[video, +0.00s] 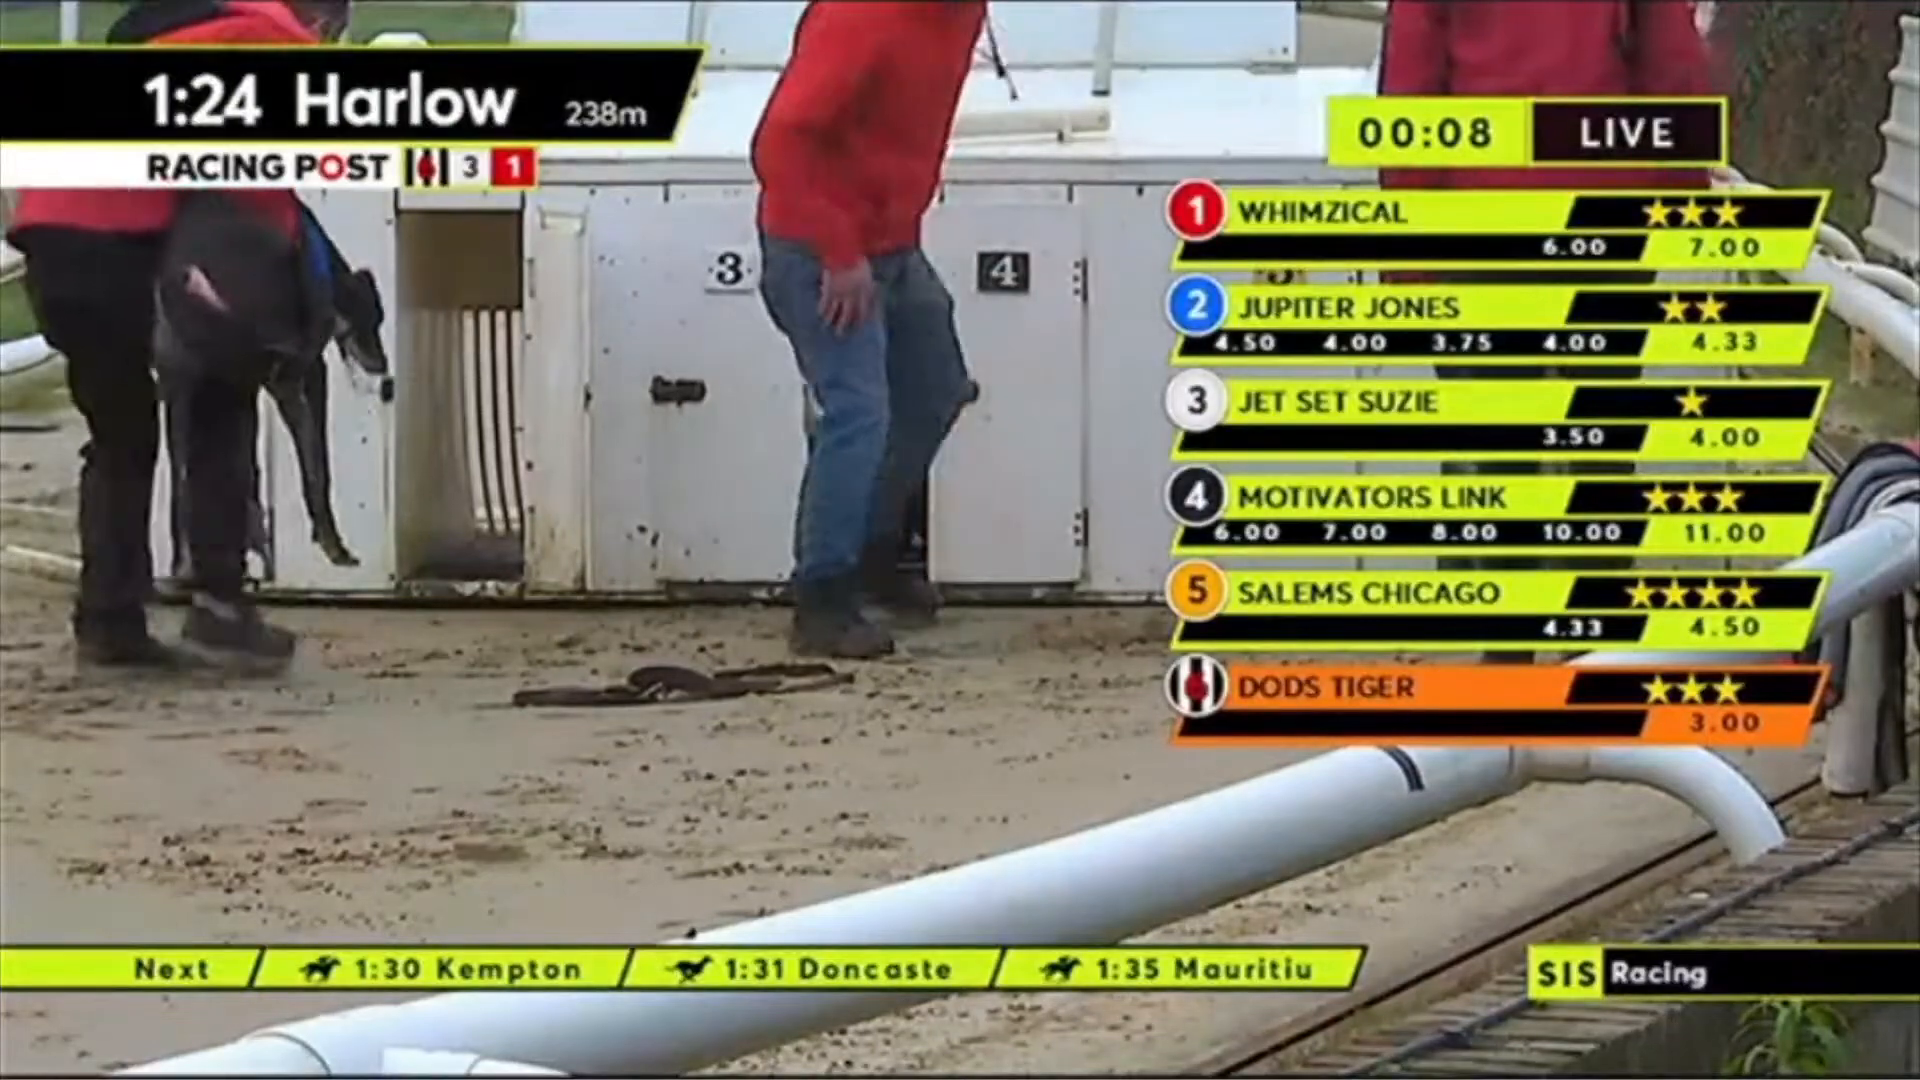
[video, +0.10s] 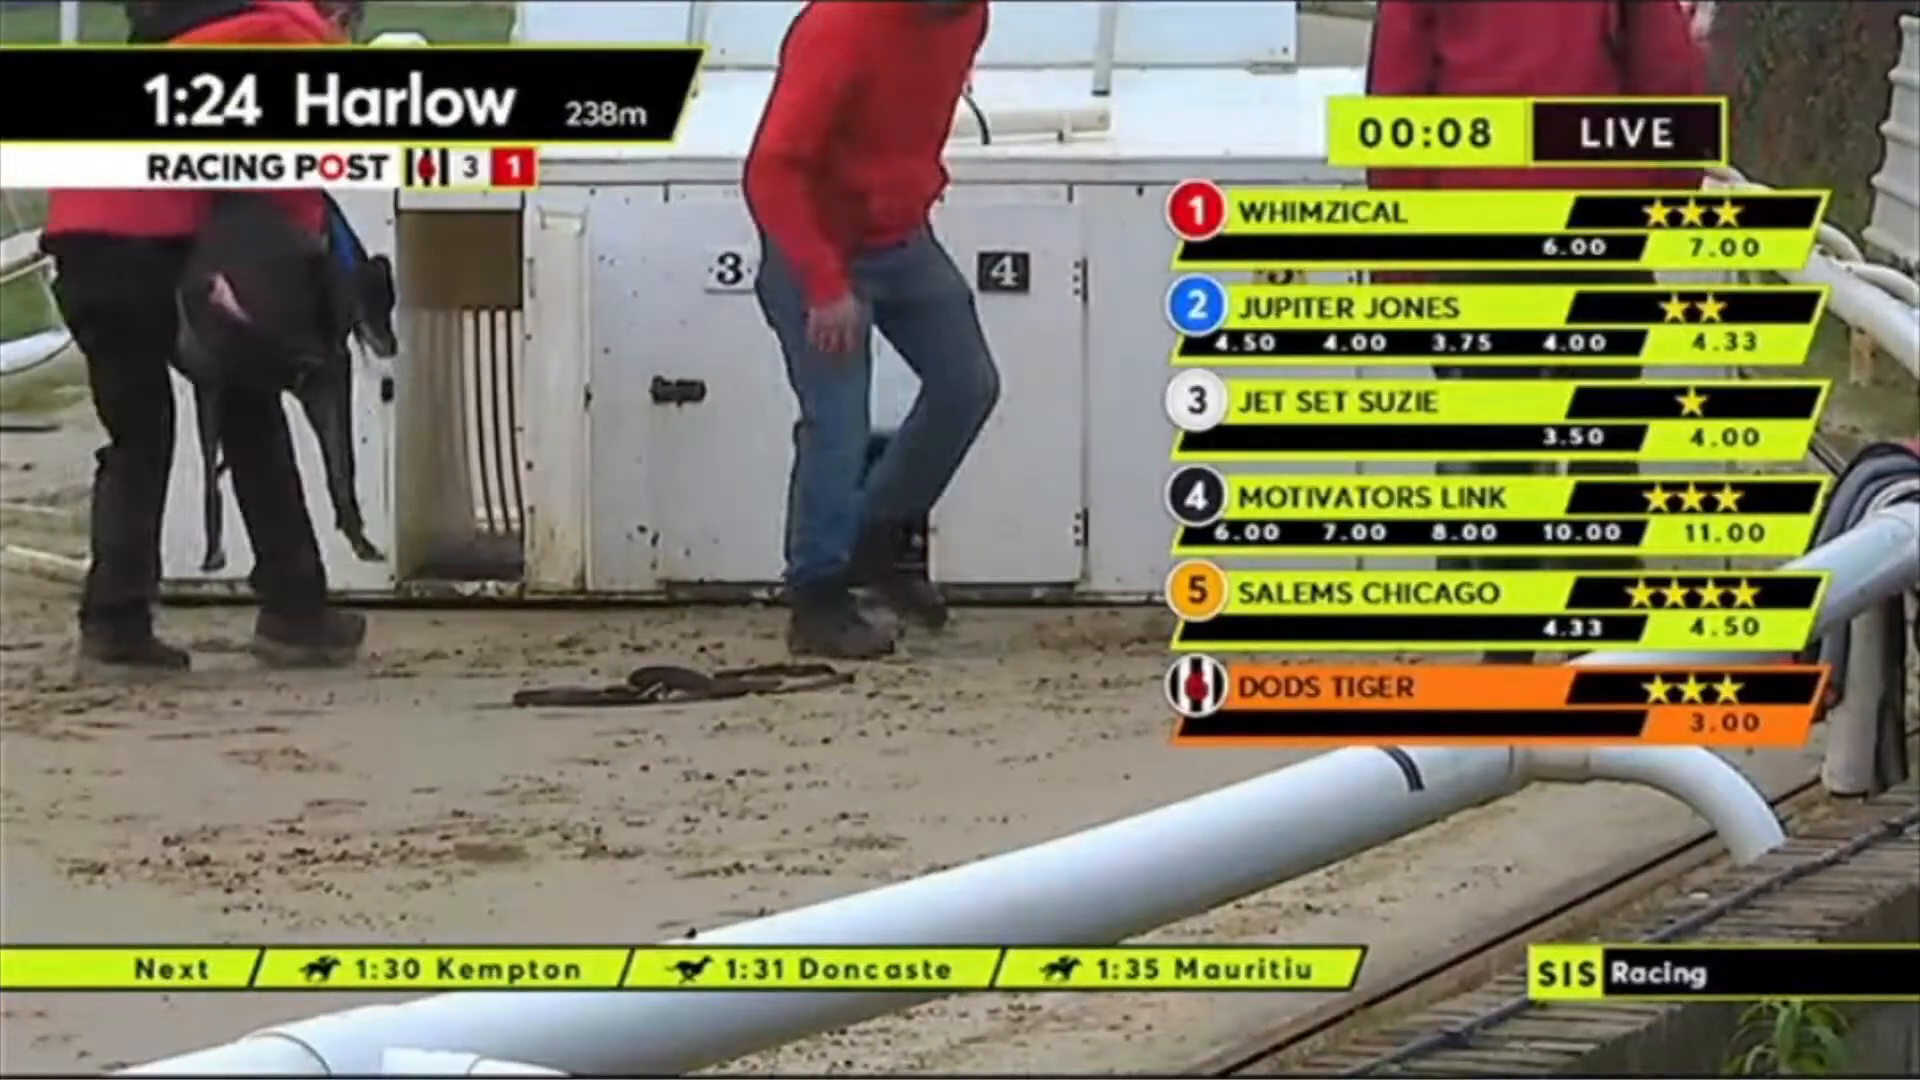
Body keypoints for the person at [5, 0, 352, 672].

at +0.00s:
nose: (328, 38)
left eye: (333, 29)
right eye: (330, 26)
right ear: (314, 9)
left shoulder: (138, 24)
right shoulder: (269, 30)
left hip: (64, 233)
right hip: (179, 236)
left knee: (120, 432)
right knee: (219, 404)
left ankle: (109, 623)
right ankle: (221, 598)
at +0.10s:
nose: (345, 29)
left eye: (347, 20)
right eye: (344, 17)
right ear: (326, 4)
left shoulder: (145, 36)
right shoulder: (291, 25)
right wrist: (306, 240)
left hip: (90, 237)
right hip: (206, 242)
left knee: (136, 434)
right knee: (253, 423)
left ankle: (116, 622)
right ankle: (295, 606)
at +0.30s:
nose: (393, 18)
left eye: (391, 13)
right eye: (391, 11)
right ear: (374, 3)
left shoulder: (215, 31)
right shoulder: (349, 37)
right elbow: (364, 182)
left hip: (169, 265)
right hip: (277, 265)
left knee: (226, 407)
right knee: (321, 421)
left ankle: (148, 546)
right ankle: (302, 601)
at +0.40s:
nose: (424, 22)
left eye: (422, 15)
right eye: (422, 15)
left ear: (340, 0)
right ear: (407, 7)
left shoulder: (262, 31)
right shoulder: (390, 49)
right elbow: (426, 184)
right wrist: (452, 274)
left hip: (185, 250)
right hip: (275, 255)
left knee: (267, 378)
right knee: (345, 400)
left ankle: (227, 559)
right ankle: (307, 591)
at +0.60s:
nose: (456, 24)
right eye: (453, 17)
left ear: (375, 5)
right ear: (441, 10)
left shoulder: (297, 31)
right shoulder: (433, 57)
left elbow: (219, 140)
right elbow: (500, 192)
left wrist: (190, 238)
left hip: (215, 266)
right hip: (290, 274)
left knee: (302, 431)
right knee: (305, 430)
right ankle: (312, 581)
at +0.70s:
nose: (480, 38)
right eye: (477, 30)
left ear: (396, 9)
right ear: (461, 23)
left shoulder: (329, 41)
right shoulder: (466, 77)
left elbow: (243, 145)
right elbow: (519, 202)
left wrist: (205, 245)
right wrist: (502, 279)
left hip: (228, 261)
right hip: (304, 272)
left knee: (326, 427)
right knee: (319, 429)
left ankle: (364, 579)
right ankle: (290, 578)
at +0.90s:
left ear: (431, 28)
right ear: (483, 43)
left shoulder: (368, 57)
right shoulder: (492, 90)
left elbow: (351, 229)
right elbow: (504, 222)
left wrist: (411, 318)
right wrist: (495, 299)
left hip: (241, 222)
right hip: (292, 231)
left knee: (347, 394)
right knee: (331, 394)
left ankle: (366, 584)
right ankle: (297, 588)